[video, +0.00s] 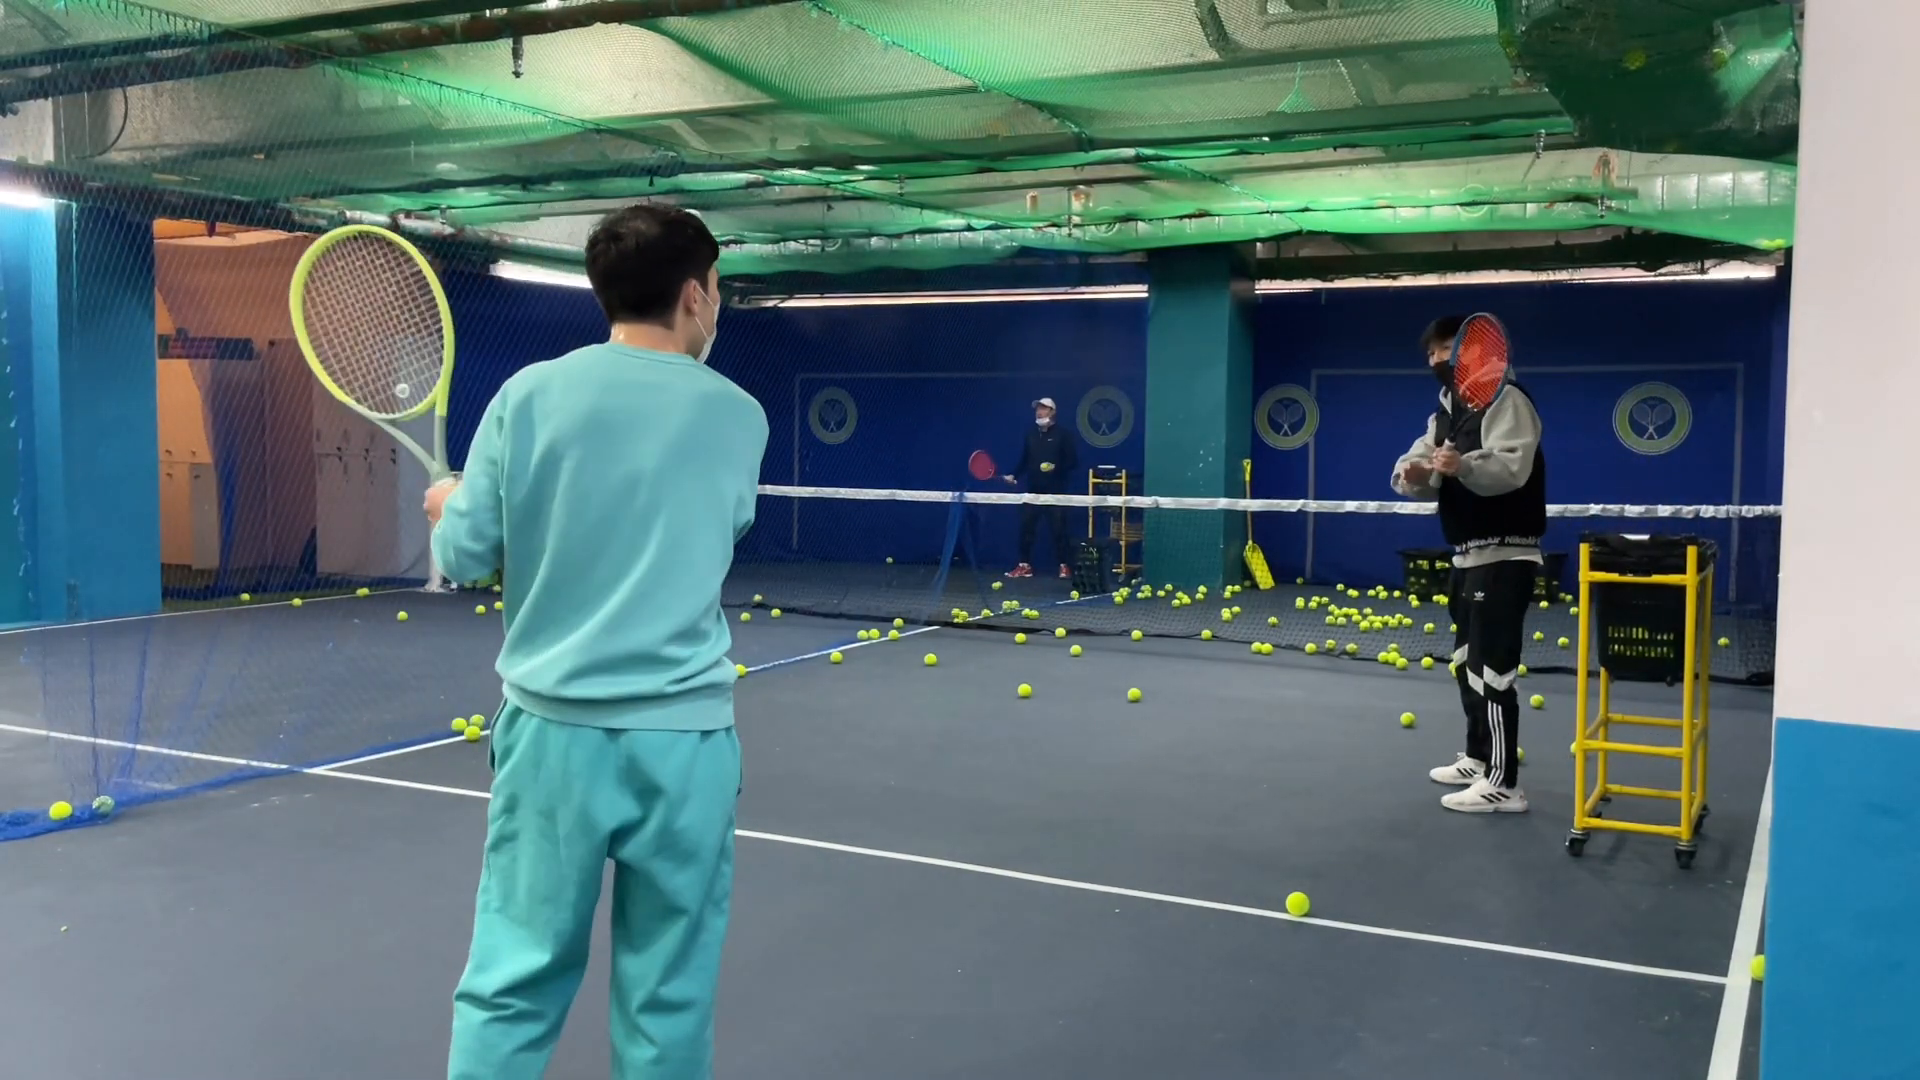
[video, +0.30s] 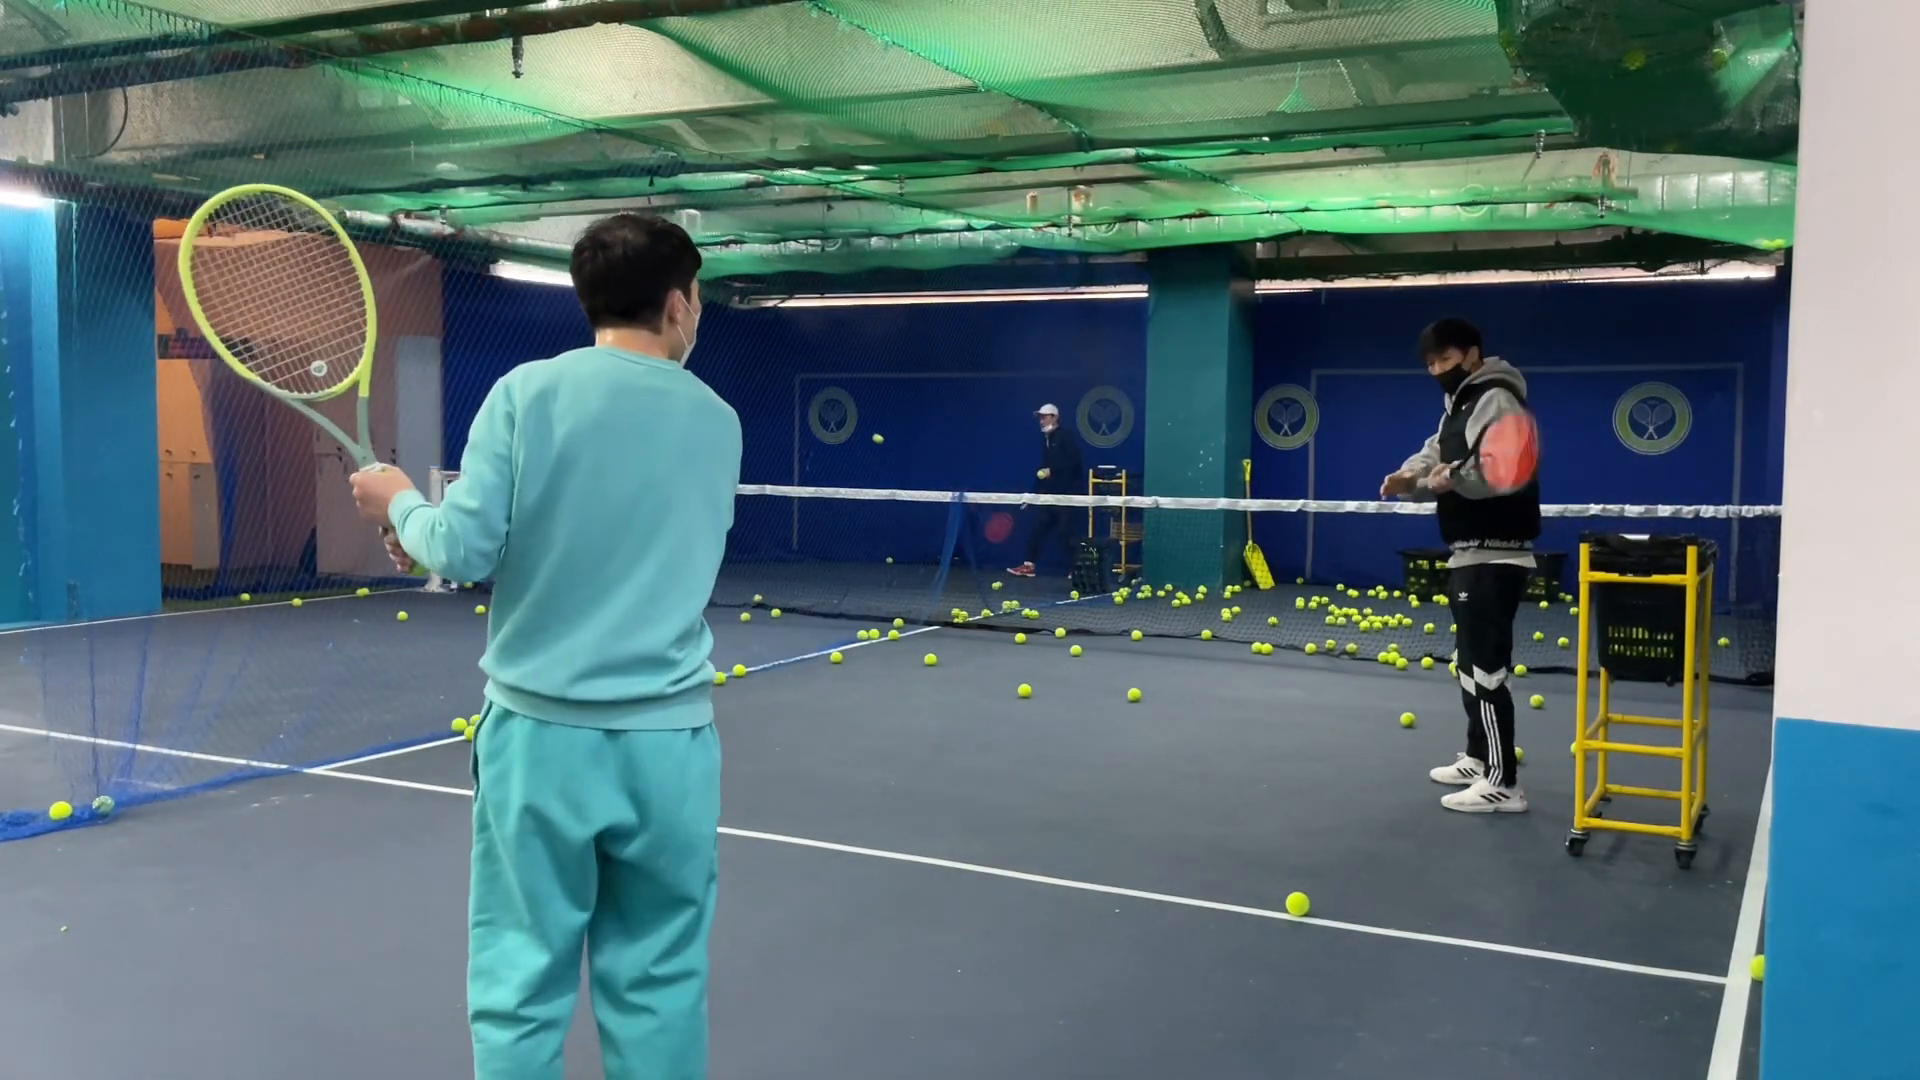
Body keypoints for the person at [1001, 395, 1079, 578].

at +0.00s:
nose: (1040, 412)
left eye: (1044, 409)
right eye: (1038, 409)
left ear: (1052, 412)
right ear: (1035, 412)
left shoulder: (1062, 434)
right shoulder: (1031, 434)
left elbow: (1071, 461)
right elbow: (1025, 458)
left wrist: (1056, 468)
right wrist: (1014, 474)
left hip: (1055, 488)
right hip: (1033, 487)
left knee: (1058, 527)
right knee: (1026, 525)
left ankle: (1063, 564)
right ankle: (1024, 564)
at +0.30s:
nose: (1041, 420)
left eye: (1044, 417)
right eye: (1040, 417)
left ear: (1054, 418)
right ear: (1040, 419)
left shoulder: (1066, 436)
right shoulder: (1045, 439)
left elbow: (1071, 462)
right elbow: (1044, 470)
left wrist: (1051, 470)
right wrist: (1033, 493)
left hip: (1067, 490)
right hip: (1050, 490)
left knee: (1067, 530)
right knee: (1039, 526)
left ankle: (1075, 568)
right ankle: (1029, 563)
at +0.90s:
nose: (1042, 421)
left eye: (1045, 417)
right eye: (1041, 418)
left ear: (1055, 417)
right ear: (1043, 420)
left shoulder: (1071, 433)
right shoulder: (1046, 442)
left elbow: (1088, 453)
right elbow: (1051, 469)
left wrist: (1075, 459)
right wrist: (1044, 469)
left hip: (1078, 487)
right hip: (1059, 487)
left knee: (1075, 528)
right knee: (1050, 525)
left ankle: (1078, 568)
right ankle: (1041, 564)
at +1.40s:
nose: (1058, 412)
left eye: (1062, 409)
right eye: (1056, 408)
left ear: (1070, 412)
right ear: (1053, 411)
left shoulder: (1079, 434)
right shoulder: (1046, 434)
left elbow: (1092, 459)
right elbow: (1039, 460)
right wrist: (1034, 482)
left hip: (1075, 487)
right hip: (1052, 486)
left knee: (1074, 526)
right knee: (1047, 525)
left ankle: (1077, 567)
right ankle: (1041, 564)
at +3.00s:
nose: (1053, 415)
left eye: (1057, 412)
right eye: (1051, 412)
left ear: (1064, 413)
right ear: (1047, 413)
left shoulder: (1074, 433)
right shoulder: (1041, 432)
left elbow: (1084, 459)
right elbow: (1032, 455)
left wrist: (1073, 460)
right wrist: (1037, 461)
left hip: (1069, 486)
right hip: (1046, 485)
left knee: (1071, 526)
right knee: (1042, 525)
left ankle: (1074, 565)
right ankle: (1040, 563)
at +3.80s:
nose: (1050, 413)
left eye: (1053, 410)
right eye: (1046, 410)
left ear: (1059, 412)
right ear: (1042, 412)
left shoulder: (1068, 434)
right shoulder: (1033, 434)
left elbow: (1070, 461)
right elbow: (1018, 456)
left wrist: (1078, 458)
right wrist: (1016, 477)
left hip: (1062, 487)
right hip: (1038, 487)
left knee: (1066, 525)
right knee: (1040, 528)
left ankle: (1063, 561)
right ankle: (1044, 566)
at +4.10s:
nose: (1036, 411)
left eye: (1040, 407)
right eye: (1033, 407)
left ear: (1047, 410)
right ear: (1029, 410)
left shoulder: (1056, 433)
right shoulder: (1024, 433)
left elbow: (1068, 459)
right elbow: (1015, 458)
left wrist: (1054, 463)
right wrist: (1009, 479)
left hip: (1050, 487)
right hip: (1030, 486)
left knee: (1047, 525)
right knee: (1035, 526)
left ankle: (1042, 566)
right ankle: (1041, 566)